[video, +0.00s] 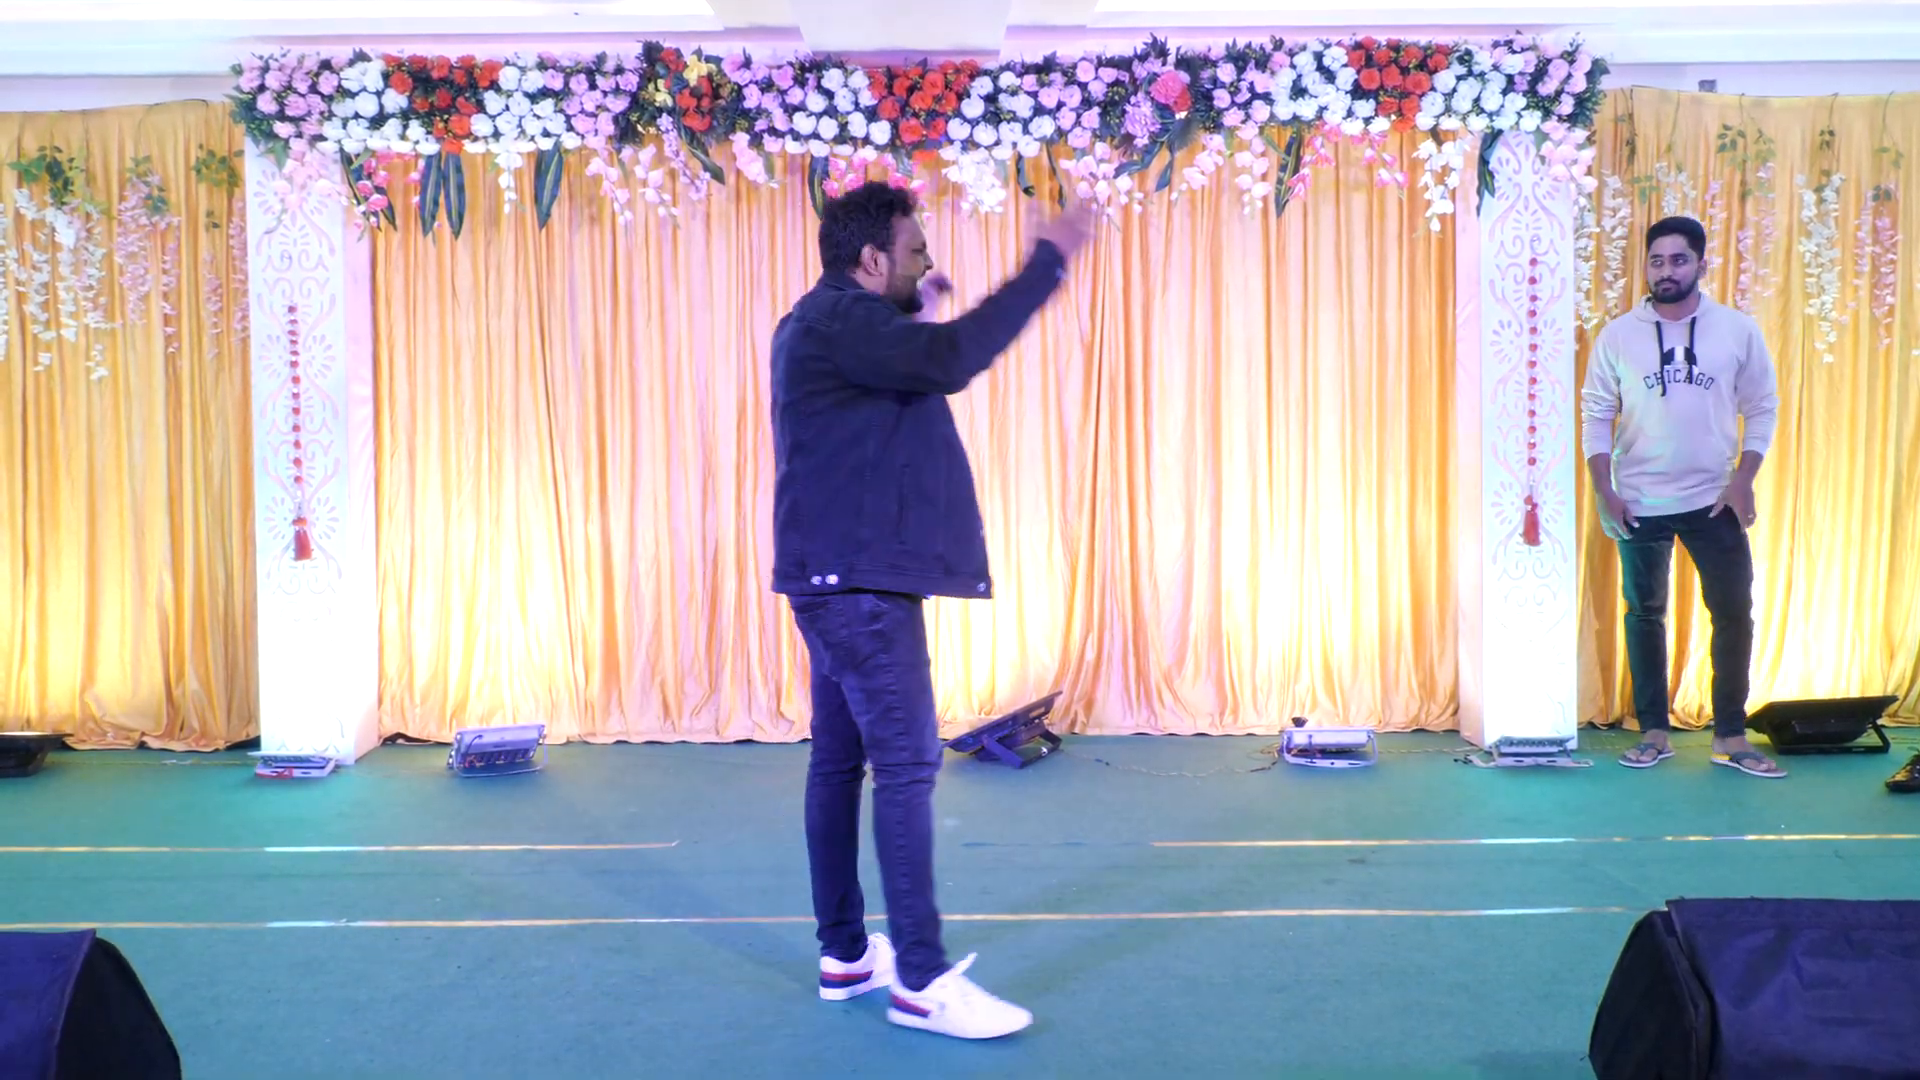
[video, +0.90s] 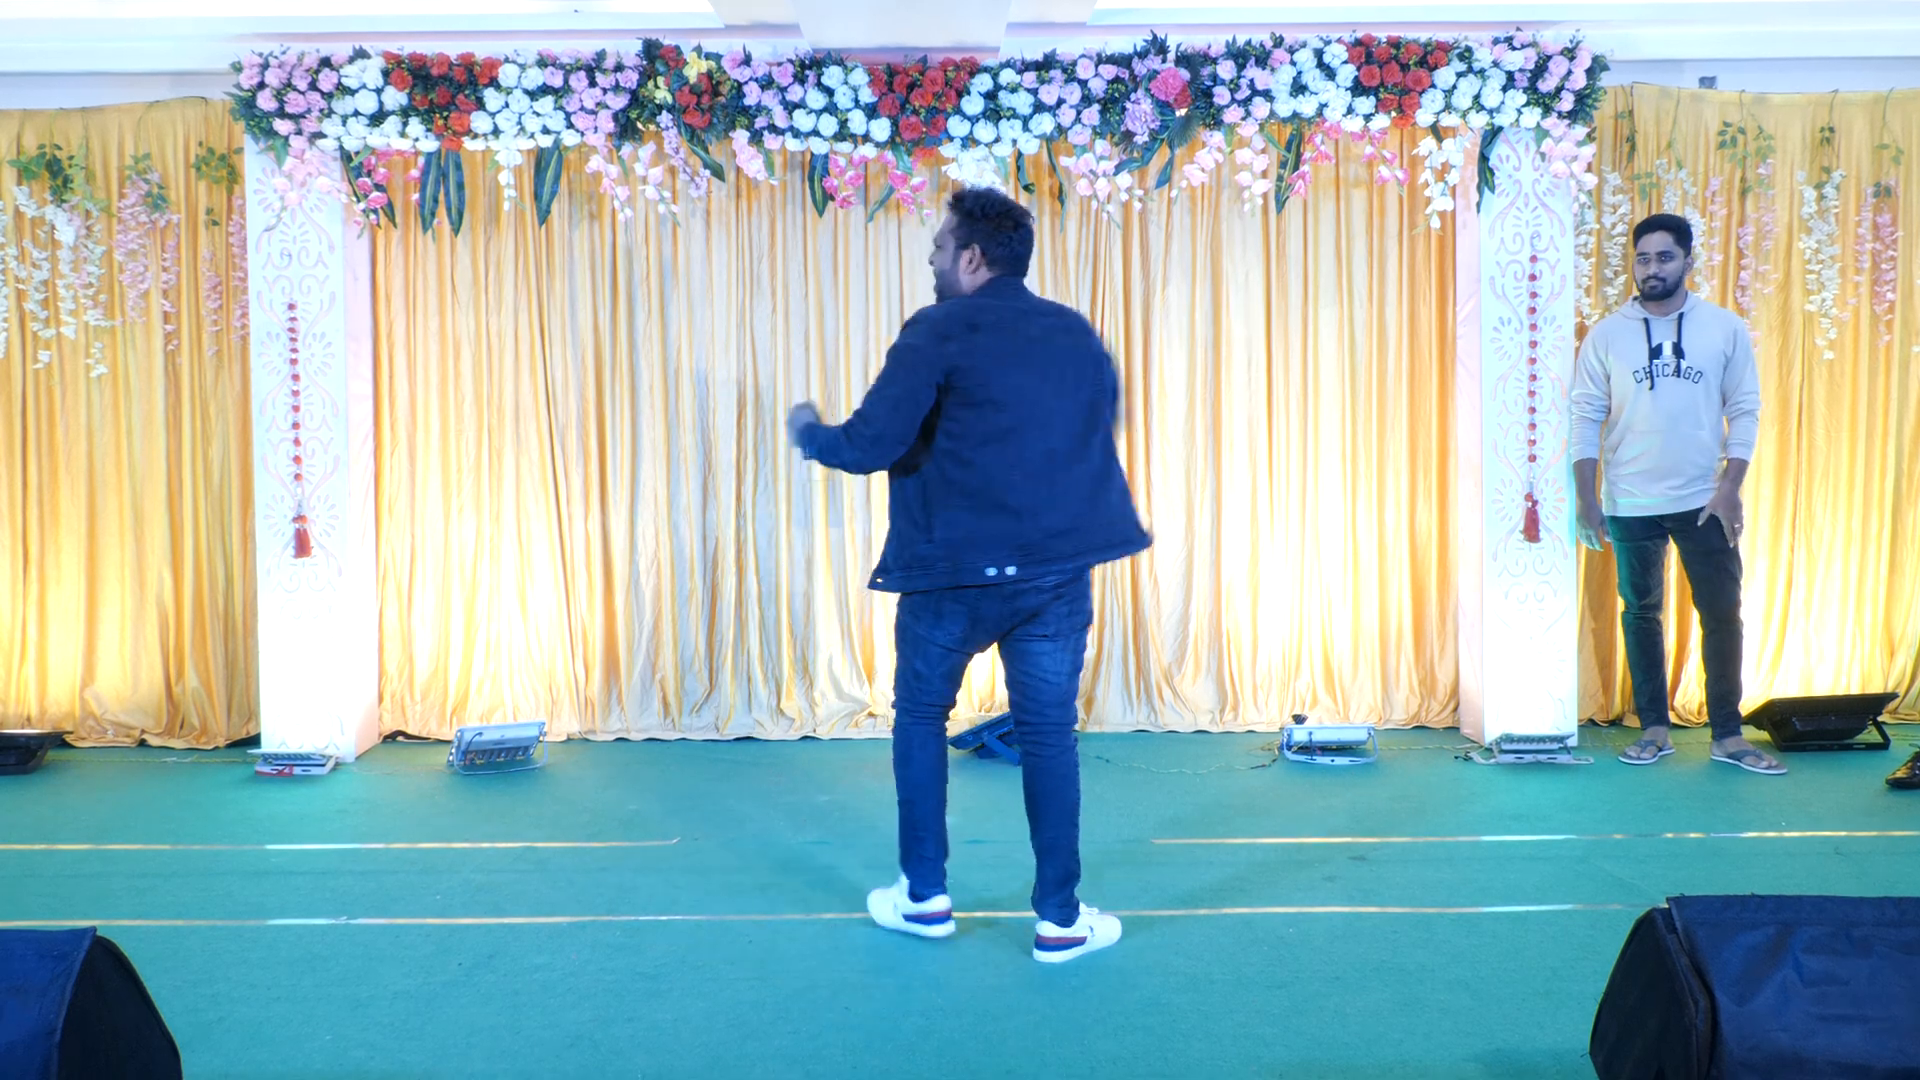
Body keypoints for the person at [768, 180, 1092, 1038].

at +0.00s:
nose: (925, 266)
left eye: (922, 249)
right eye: (914, 250)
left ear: (852, 258)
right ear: (868, 257)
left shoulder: (811, 321)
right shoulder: (843, 318)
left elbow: (853, 407)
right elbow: (944, 359)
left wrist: (914, 316)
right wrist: (1049, 261)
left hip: (827, 580)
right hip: (862, 582)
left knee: (837, 761)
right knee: (906, 762)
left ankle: (843, 954)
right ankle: (922, 977)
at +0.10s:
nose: (924, 261)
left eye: (920, 244)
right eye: (912, 246)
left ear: (850, 259)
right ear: (867, 256)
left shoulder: (796, 335)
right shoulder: (872, 327)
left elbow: (810, 462)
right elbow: (1010, 342)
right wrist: (1140, 290)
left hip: (822, 580)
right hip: (877, 581)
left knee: (840, 759)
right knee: (929, 761)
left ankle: (845, 954)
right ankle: (968, 960)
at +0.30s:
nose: (940, 262)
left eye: (937, 246)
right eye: (932, 248)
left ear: (858, 261)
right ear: (898, 256)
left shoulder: (796, 346)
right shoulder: (931, 324)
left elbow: (757, 465)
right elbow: (1065, 365)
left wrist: (811, 537)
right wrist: (1212, 348)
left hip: (831, 591)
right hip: (917, 585)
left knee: (847, 757)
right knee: (971, 753)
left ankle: (847, 953)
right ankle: (1029, 927)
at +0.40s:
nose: (957, 262)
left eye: (951, 248)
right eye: (950, 249)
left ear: (872, 265)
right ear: (927, 256)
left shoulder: (808, 349)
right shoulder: (958, 337)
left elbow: (761, 472)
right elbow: (1064, 423)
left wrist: (765, 580)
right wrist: (1196, 424)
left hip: (850, 599)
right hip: (946, 598)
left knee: (854, 760)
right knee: (993, 753)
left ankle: (847, 952)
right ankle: (1047, 918)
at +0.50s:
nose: (975, 264)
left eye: (967, 251)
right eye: (972, 252)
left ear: (896, 266)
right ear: (960, 260)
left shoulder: (832, 349)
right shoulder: (987, 347)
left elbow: (781, 470)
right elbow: (1032, 474)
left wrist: (748, 576)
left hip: (867, 597)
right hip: (971, 598)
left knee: (866, 753)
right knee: (1015, 748)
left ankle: (850, 949)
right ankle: (1059, 919)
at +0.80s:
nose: (932, 269)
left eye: (936, 255)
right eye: (935, 255)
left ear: (961, 261)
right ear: (1011, 263)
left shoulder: (919, 333)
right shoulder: (1085, 338)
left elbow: (863, 445)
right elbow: (1150, 435)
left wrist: (794, 481)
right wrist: (1127, 494)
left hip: (943, 575)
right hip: (1052, 576)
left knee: (919, 716)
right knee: (1042, 736)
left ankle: (928, 886)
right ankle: (1058, 917)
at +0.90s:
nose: (934, 262)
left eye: (942, 248)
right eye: (938, 247)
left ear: (971, 258)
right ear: (1012, 261)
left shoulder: (938, 333)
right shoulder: (1078, 334)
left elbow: (875, 442)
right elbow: (1096, 434)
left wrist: (811, 436)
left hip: (954, 575)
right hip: (1059, 572)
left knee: (920, 716)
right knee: (1051, 734)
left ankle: (926, 892)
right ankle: (1058, 916)